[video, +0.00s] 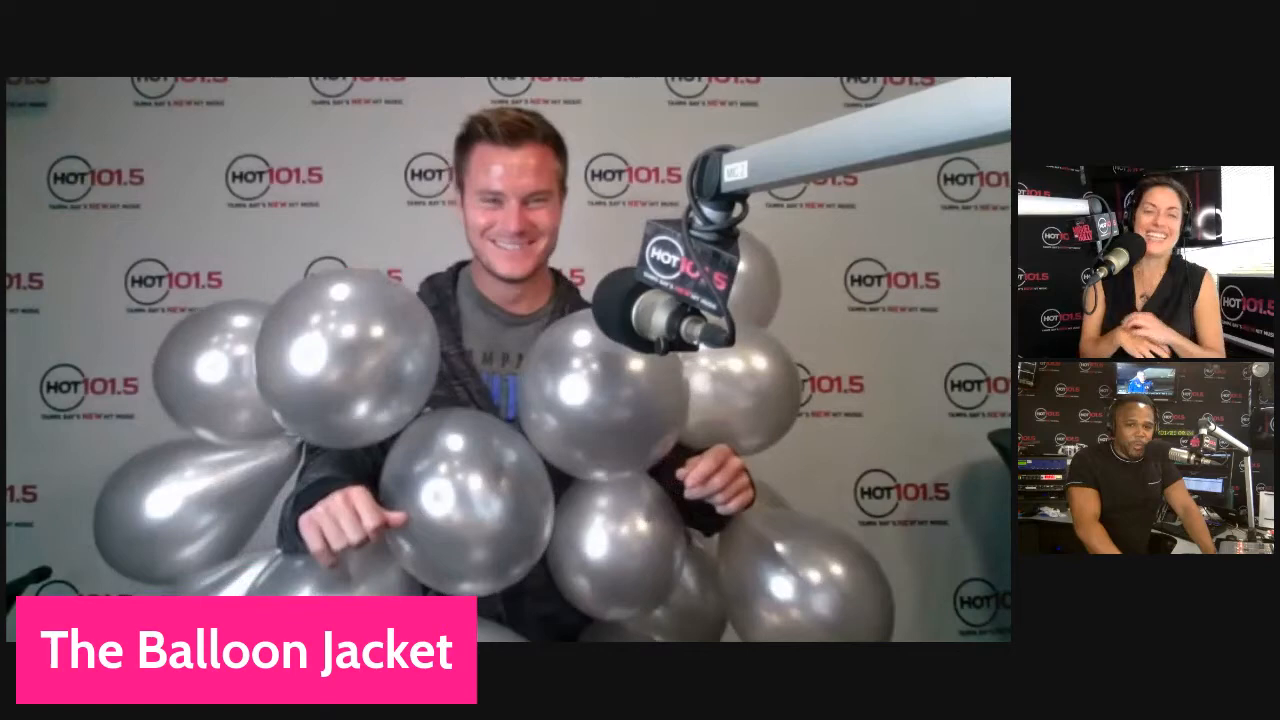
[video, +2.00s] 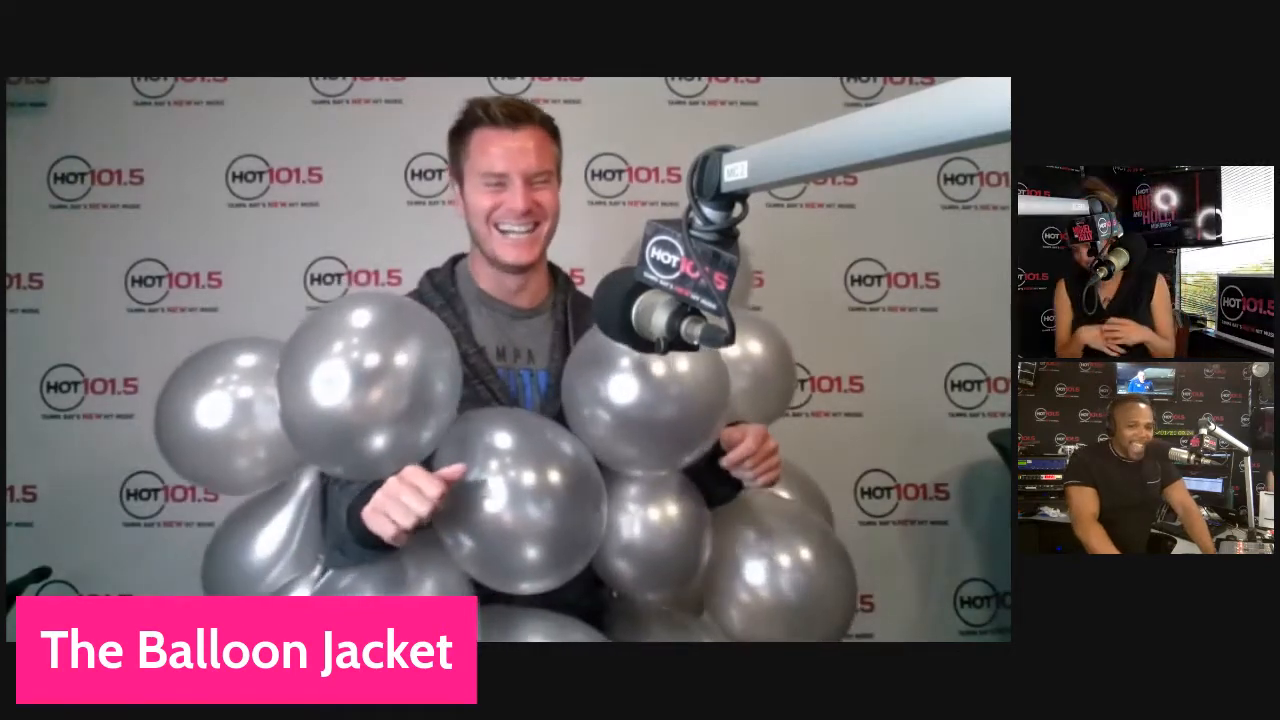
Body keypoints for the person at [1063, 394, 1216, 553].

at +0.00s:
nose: (1141, 433)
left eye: (1147, 426)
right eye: (1131, 425)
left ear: (1153, 430)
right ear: (1113, 429)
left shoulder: (1157, 457)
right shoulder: (1087, 461)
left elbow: (1187, 508)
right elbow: (1087, 525)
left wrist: (1211, 552)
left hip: (1142, 554)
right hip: (1100, 554)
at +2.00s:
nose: (1142, 434)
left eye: (1148, 427)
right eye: (1132, 426)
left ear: (1154, 429)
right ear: (1111, 428)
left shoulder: (1156, 457)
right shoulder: (1086, 460)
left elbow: (1186, 507)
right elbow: (1085, 523)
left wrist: (1210, 552)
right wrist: (1118, 562)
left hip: (1142, 557)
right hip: (1097, 558)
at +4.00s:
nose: (1141, 431)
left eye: (1147, 424)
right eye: (1130, 424)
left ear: (1153, 427)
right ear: (1111, 428)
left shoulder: (1157, 457)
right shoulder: (1088, 460)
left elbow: (1187, 508)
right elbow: (1086, 524)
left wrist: (1211, 552)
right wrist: (1119, 562)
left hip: (1143, 554)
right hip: (1100, 555)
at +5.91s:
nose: (1143, 432)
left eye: (1149, 425)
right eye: (1133, 424)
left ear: (1154, 428)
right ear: (1113, 427)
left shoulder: (1157, 457)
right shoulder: (1087, 460)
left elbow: (1186, 508)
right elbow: (1086, 524)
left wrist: (1211, 552)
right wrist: (1119, 563)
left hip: (1143, 556)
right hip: (1098, 558)